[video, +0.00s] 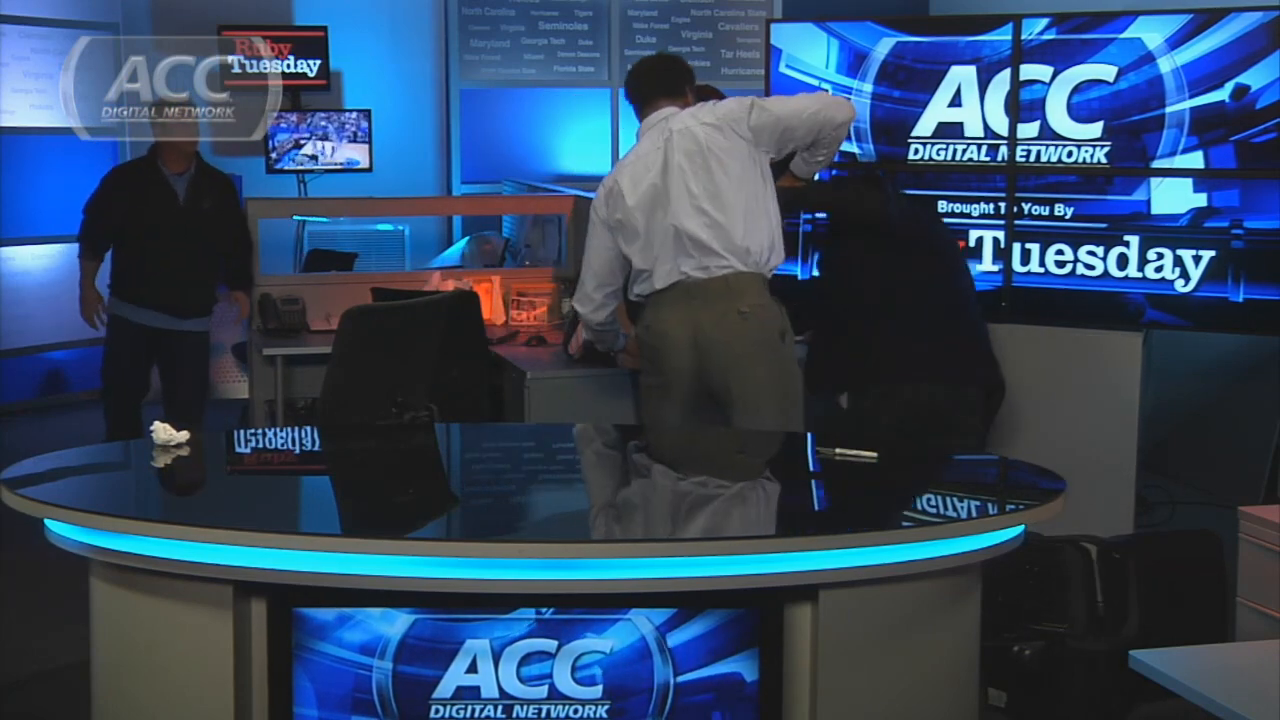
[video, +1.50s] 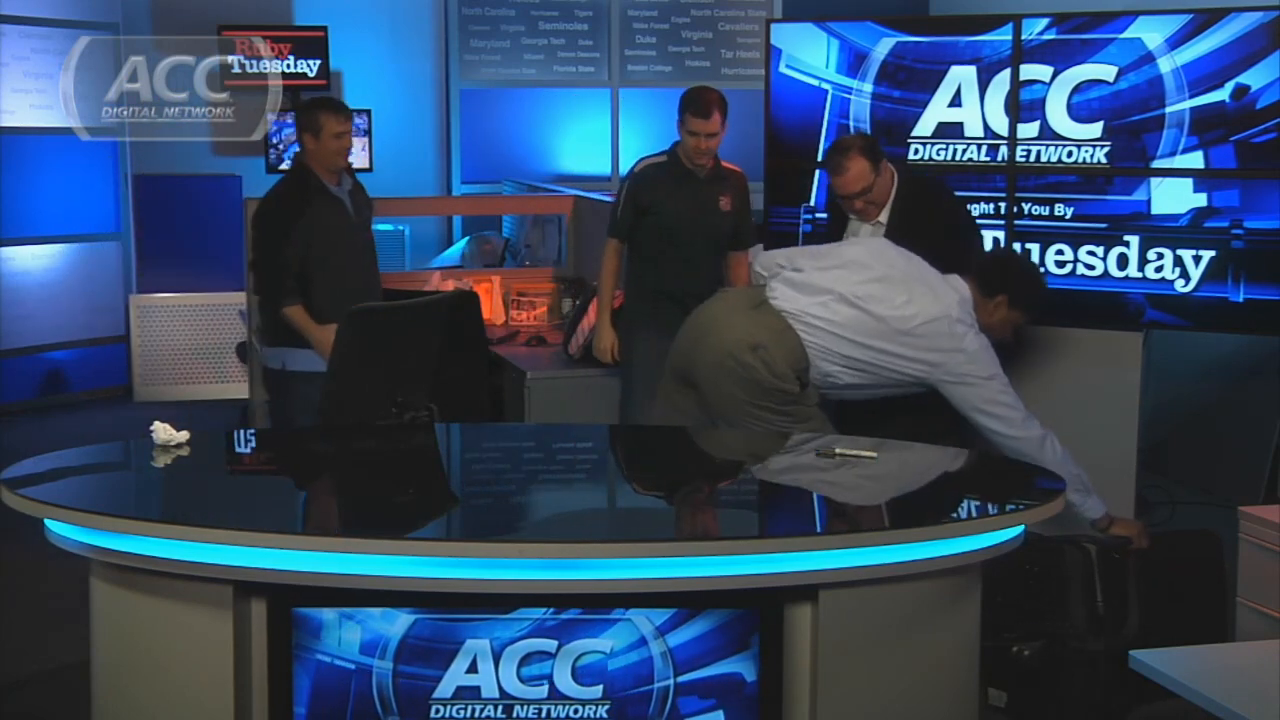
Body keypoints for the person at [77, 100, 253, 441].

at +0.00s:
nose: (186, 130)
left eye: (189, 122)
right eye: (176, 122)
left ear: (198, 130)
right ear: (158, 129)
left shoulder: (219, 186)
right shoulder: (124, 179)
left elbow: (237, 243)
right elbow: (94, 233)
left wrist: (239, 288)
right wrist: (87, 286)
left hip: (190, 322)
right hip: (130, 317)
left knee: (188, 414)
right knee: (121, 410)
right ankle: (120, 487)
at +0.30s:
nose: (188, 136)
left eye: (191, 127)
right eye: (177, 128)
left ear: (199, 133)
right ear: (157, 136)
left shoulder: (224, 188)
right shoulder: (127, 193)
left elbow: (246, 246)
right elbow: (101, 252)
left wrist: (255, 291)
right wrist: (107, 307)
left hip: (205, 335)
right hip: (147, 335)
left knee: (195, 428)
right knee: (145, 429)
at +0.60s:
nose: (212, 129)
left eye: (213, 121)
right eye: (201, 122)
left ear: (218, 128)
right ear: (179, 132)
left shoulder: (237, 183)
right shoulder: (151, 190)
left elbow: (252, 251)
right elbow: (140, 263)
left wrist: (257, 302)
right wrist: (180, 304)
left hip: (234, 336)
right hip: (171, 341)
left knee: (248, 433)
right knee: (157, 436)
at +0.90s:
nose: (259, 139)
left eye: (260, 130)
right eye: (247, 132)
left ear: (268, 133)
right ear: (225, 138)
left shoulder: (284, 191)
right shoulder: (200, 193)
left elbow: (295, 258)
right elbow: (192, 265)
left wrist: (304, 312)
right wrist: (238, 297)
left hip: (277, 345)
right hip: (220, 345)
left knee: (271, 448)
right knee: (227, 451)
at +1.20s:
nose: (307, 143)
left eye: (309, 134)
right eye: (297, 134)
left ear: (311, 136)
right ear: (269, 140)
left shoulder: (320, 193)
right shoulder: (238, 198)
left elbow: (336, 255)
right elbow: (225, 272)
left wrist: (359, 299)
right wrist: (270, 313)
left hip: (318, 352)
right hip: (261, 353)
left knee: (315, 454)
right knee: (272, 457)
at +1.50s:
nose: (349, 144)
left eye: (350, 135)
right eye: (339, 136)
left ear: (352, 135)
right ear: (308, 141)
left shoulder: (355, 193)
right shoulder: (280, 203)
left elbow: (360, 267)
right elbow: (277, 289)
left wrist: (369, 325)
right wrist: (317, 335)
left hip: (354, 352)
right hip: (300, 361)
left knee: (357, 459)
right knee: (306, 460)